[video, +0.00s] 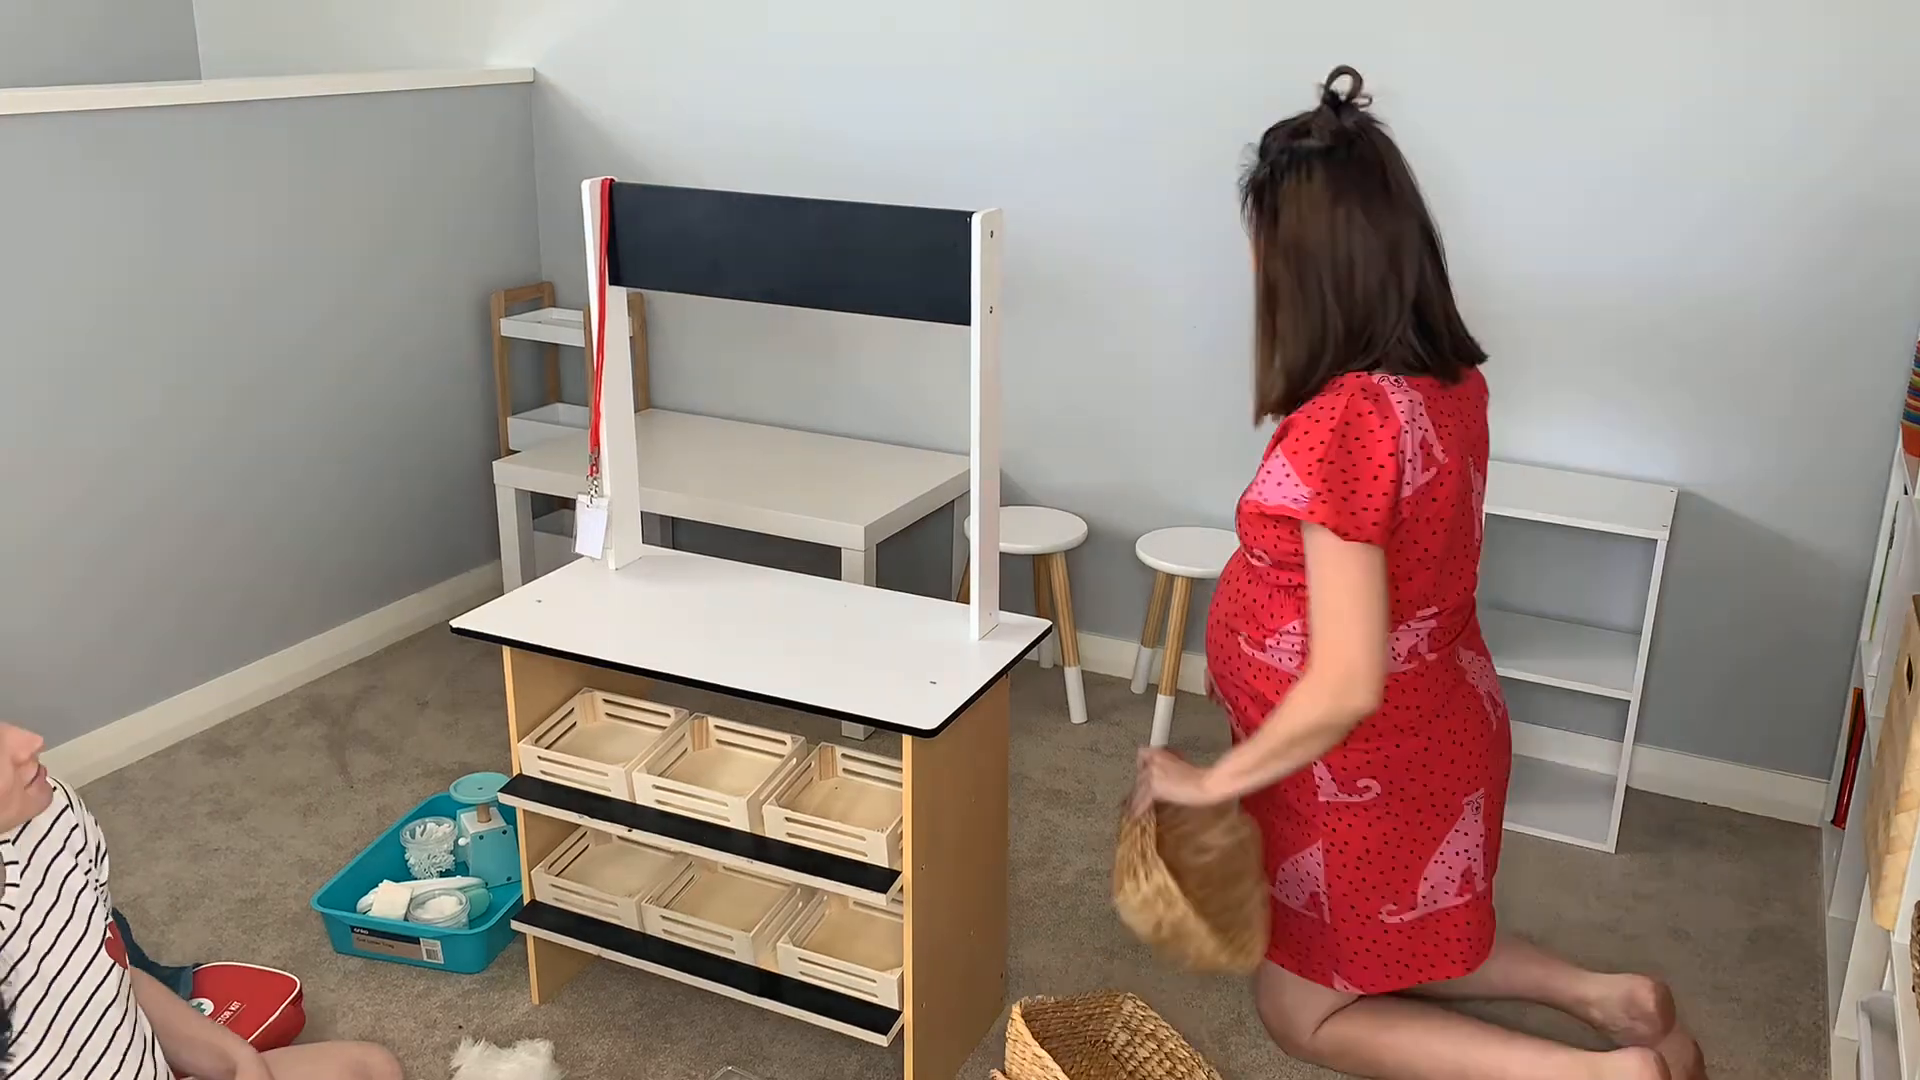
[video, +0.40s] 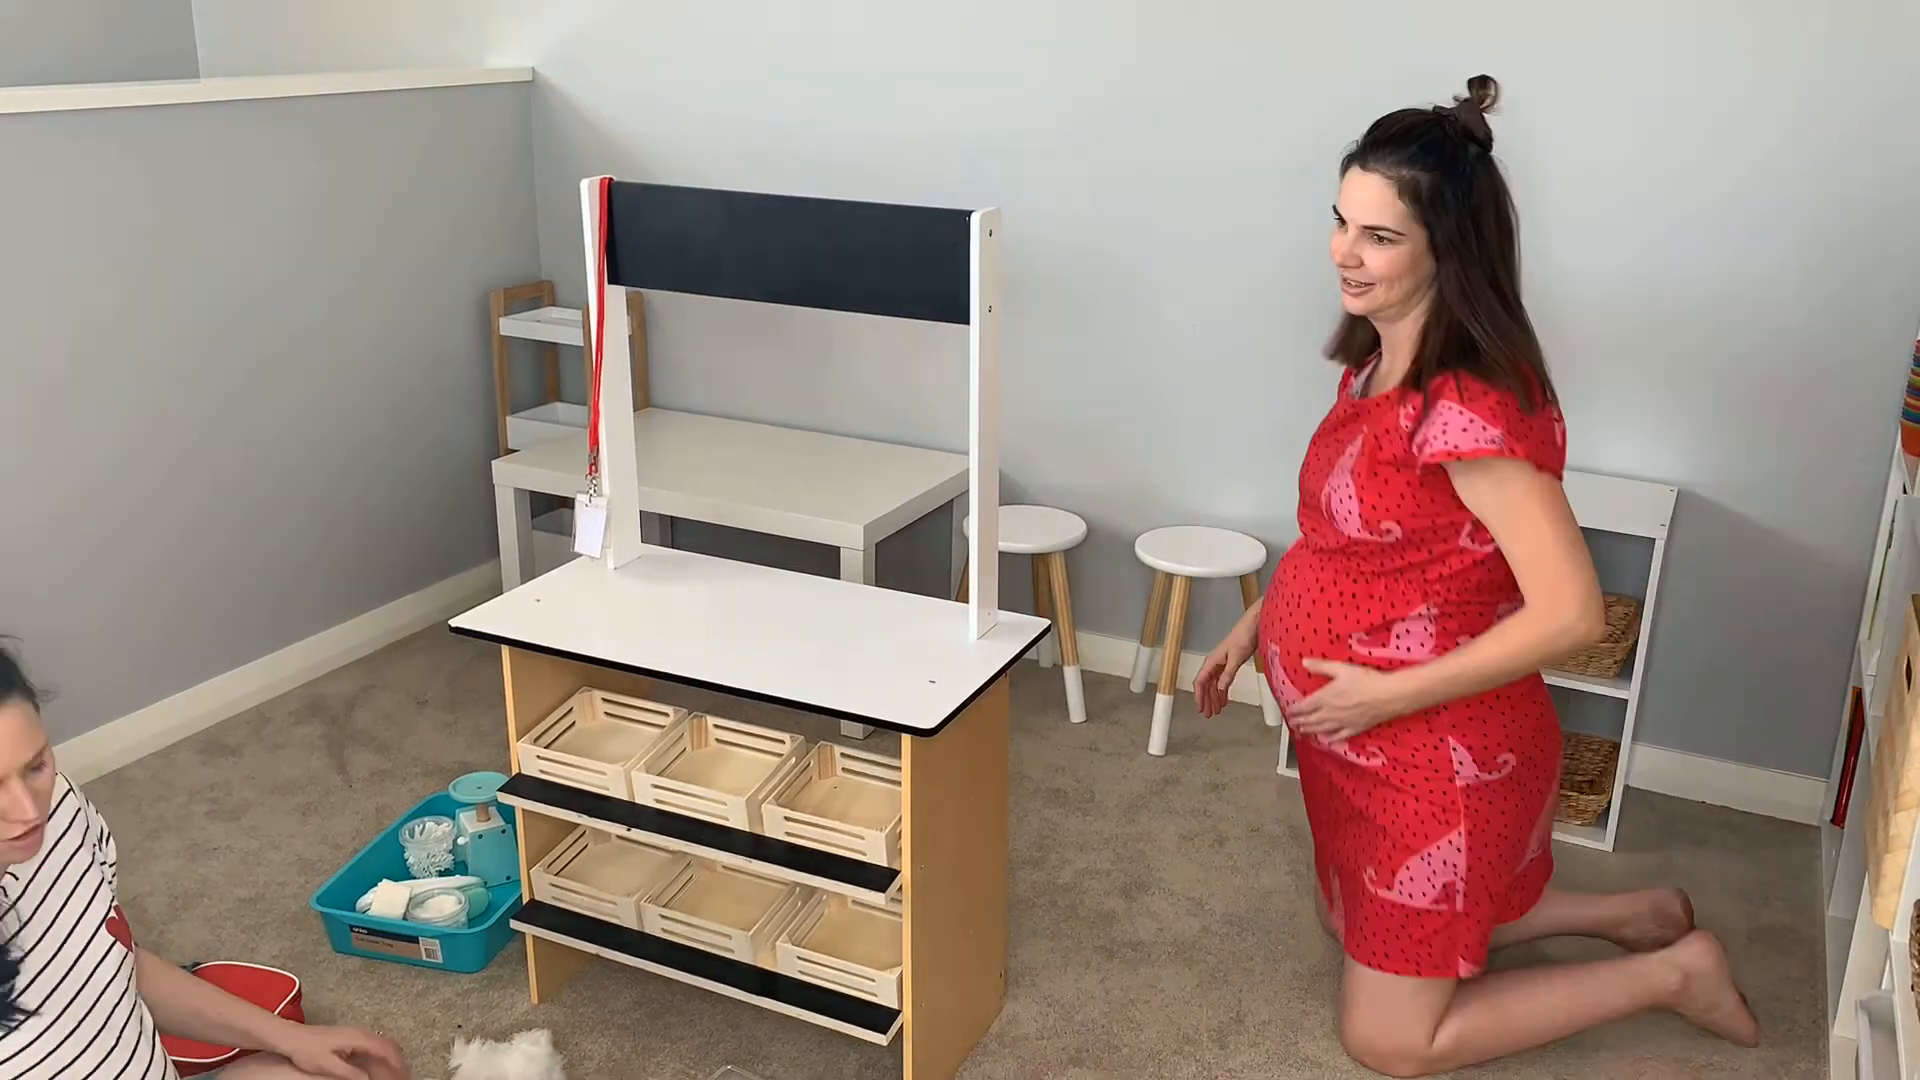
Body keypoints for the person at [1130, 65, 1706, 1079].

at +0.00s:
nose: (1253, 272)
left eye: (1257, 249)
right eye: (1252, 249)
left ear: (1296, 257)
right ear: (1395, 238)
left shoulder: (1343, 423)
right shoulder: (1454, 380)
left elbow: (1346, 683)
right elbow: (1430, 593)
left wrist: (1210, 785)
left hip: (1365, 769)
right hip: (1456, 735)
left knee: (1300, 1012)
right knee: (1404, 941)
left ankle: (1606, 1073)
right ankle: (1605, 996)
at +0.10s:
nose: (1239, 324)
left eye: (1243, 303)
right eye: (1241, 300)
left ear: (1263, 308)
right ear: (1361, 284)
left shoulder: (1299, 411)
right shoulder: (1472, 384)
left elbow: (1241, 629)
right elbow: (1480, 556)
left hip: (1400, 736)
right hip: (1518, 717)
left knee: (1308, 1009)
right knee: (1417, 934)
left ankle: (1595, 1079)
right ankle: (1598, 1014)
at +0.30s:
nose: (1262, 444)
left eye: (1262, 422)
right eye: (1260, 424)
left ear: (1283, 405)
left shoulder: (1318, 458)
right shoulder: (1509, 413)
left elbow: (1286, 678)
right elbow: (1550, 575)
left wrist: (1255, 766)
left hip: (1458, 742)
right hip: (1598, 731)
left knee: (1333, 954)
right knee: (1468, 913)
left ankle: (1555, 1060)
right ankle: (1605, 1018)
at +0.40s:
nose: (1346, 255)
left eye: (1381, 238)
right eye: (1343, 225)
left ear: (1449, 251)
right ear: (1337, 217)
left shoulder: (1468, 407)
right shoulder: (1373, 371)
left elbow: (1570, 613)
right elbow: (1346, 539)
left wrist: (1394, 693)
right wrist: (1257, 628)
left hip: (1444, 753)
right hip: (1357, 731)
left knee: (1389, 1038)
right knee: (1368, 927)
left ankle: (1672, 975)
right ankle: (1631, 911)